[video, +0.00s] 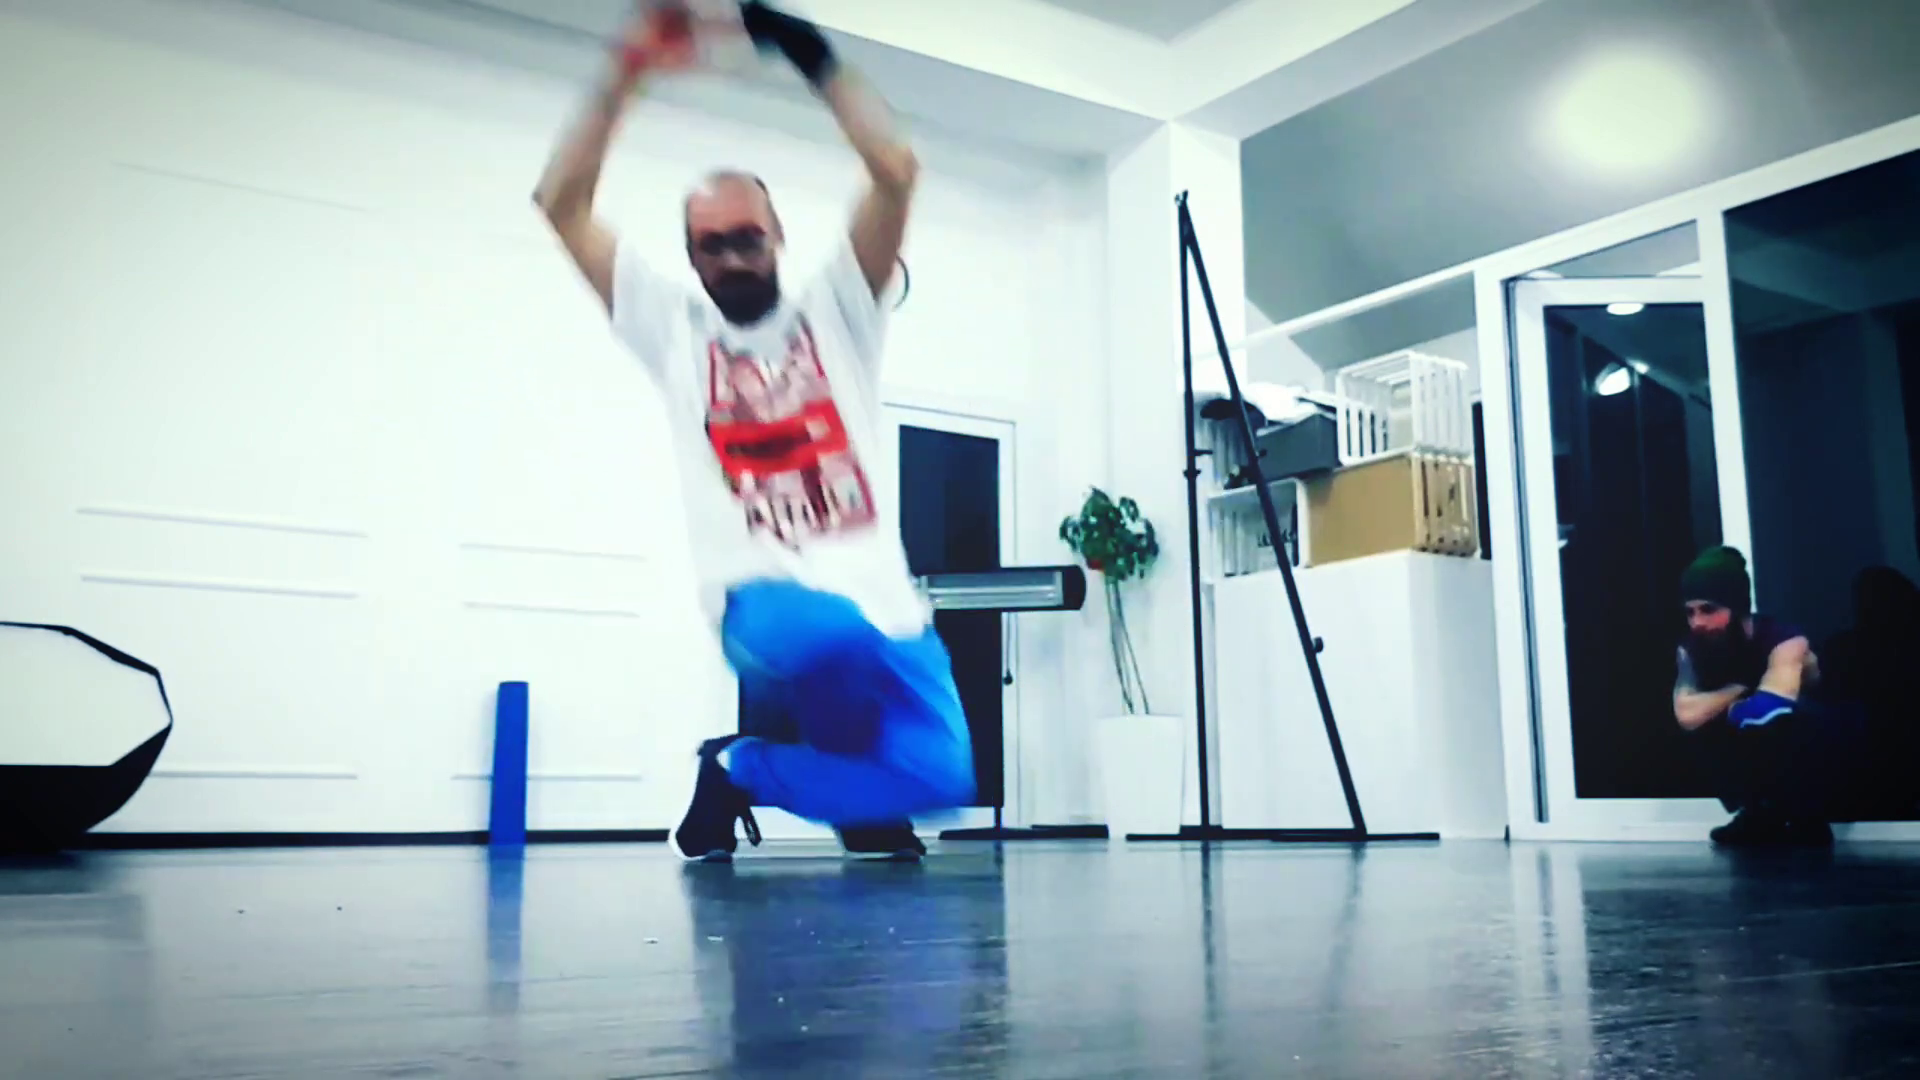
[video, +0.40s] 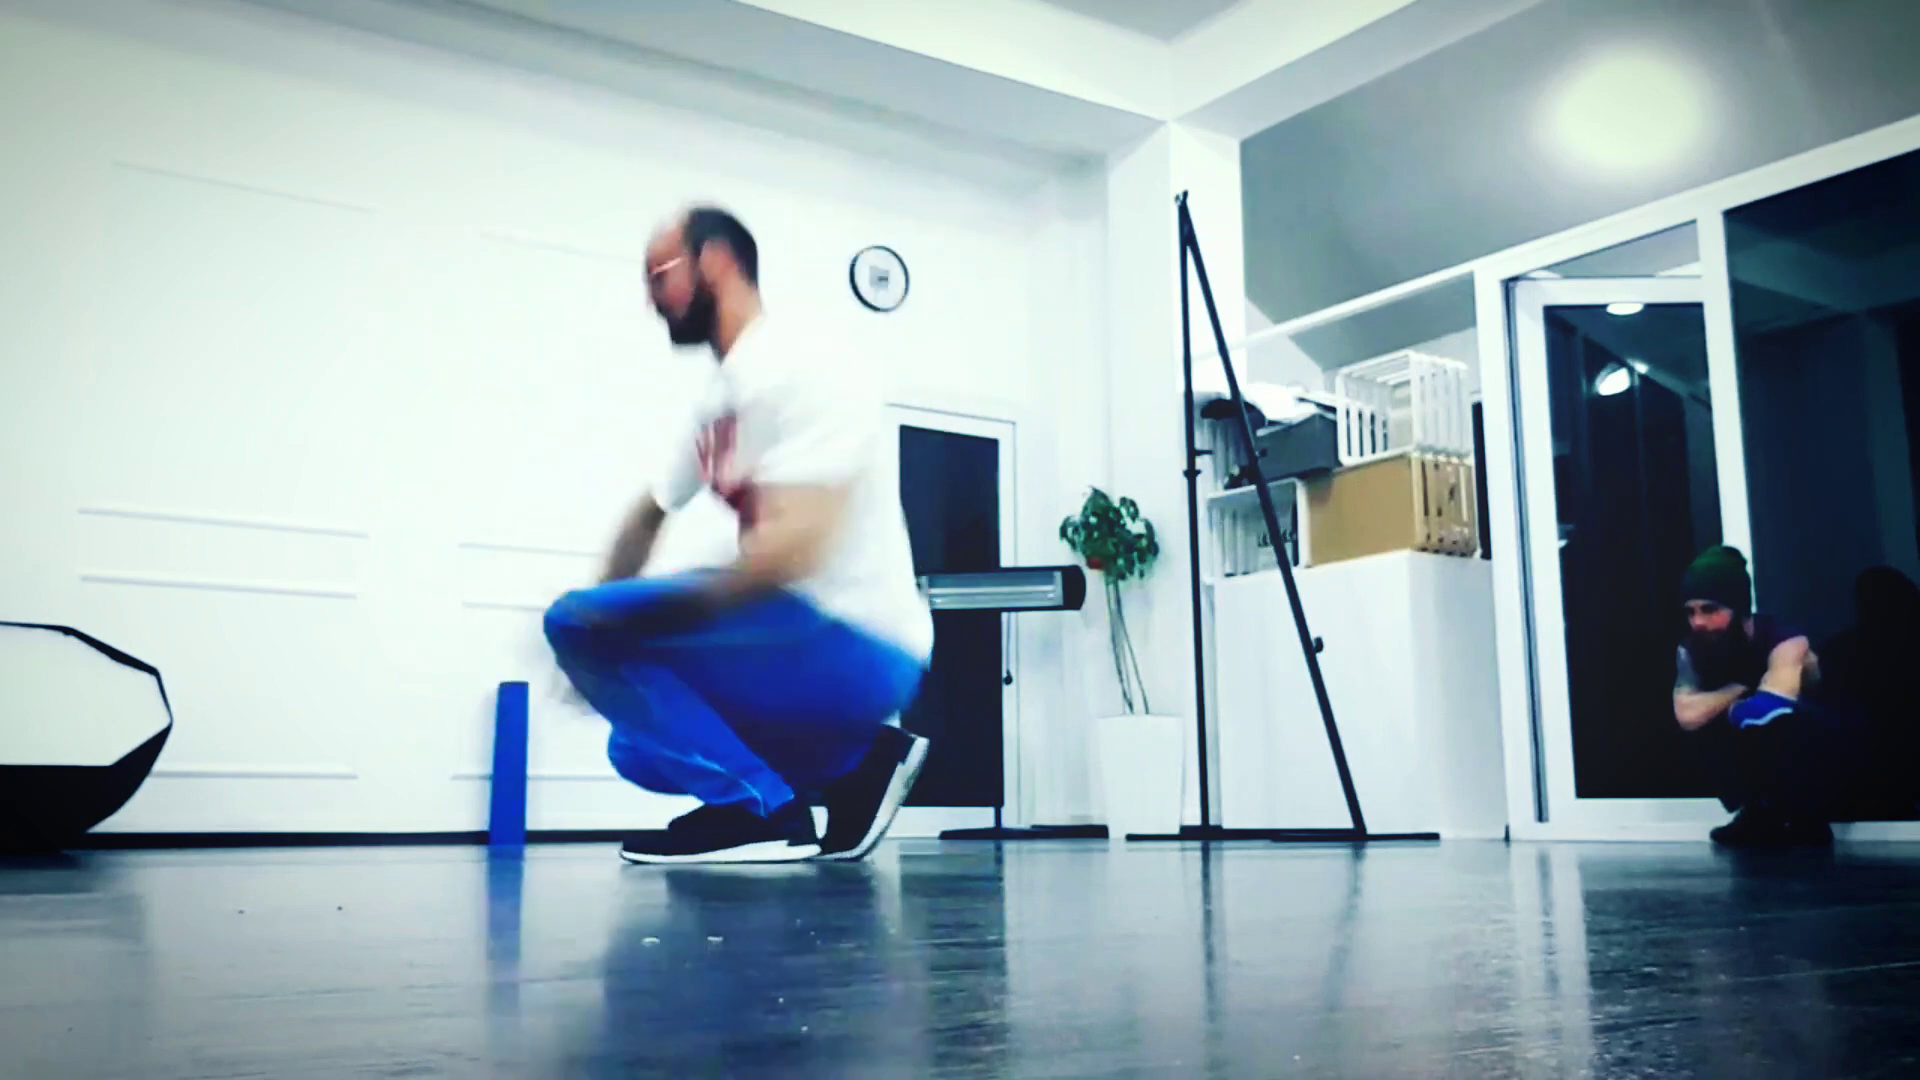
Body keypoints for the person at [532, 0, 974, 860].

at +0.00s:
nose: (733, 261)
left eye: (747, 240)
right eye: (712, 246)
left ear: (780, 239)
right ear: (689, 253)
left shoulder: (838, 309)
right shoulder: (675, 332)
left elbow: (895, 173)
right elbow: (563, 205)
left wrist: (805, 47)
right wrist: (626, 69)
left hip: (881, 596)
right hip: (762, 589)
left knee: (944, 778)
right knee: (832, 637)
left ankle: (736, 774)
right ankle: (860, 806)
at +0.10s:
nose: (686, 228)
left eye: (699, 205)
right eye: (671, 213)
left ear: (746, 189)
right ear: (662, 214)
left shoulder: (832, 250)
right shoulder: (668, 275)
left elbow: (915, 166)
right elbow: (550, 208)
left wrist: (825, 96)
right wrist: (546, 120)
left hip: (886, 531)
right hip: (767, 525)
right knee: (723, 585)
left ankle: (735, 792)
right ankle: (862, 738)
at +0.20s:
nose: (668, 215)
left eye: (677, 190)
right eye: (653, 203)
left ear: (729, 171)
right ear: (647, 209)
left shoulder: (827, 231)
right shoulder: (670, 288)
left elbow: (938, 284)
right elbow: (545, 326)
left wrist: (881, 349)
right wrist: (528, 408)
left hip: (885, 516)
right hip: (790, 532)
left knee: (681, 556)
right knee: (633, 609)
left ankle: (753, 781)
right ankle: (860, 713)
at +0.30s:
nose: (659, 233)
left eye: (668, 207)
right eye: (645, 220)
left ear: (724, 190)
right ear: (643, 227)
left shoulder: (827, 281)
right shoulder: (690, 329)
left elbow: (918, 437)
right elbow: (608, 455)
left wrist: (866, 587)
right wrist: (535, 591)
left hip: (849, 529)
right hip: (791, 546)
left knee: (601, 581)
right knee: (636, 694)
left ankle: (756, 795)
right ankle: (867, 748)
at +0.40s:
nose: (652, 296)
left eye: (661, 272)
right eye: (650, 279)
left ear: (714, 261)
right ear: (713, 269)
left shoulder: (801, 362)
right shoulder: (721, 393)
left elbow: (791, 547)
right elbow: (647, 514)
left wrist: (656, 622)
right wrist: (603, 619)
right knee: (641, 751)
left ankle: (752, 803)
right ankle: (856, 762)